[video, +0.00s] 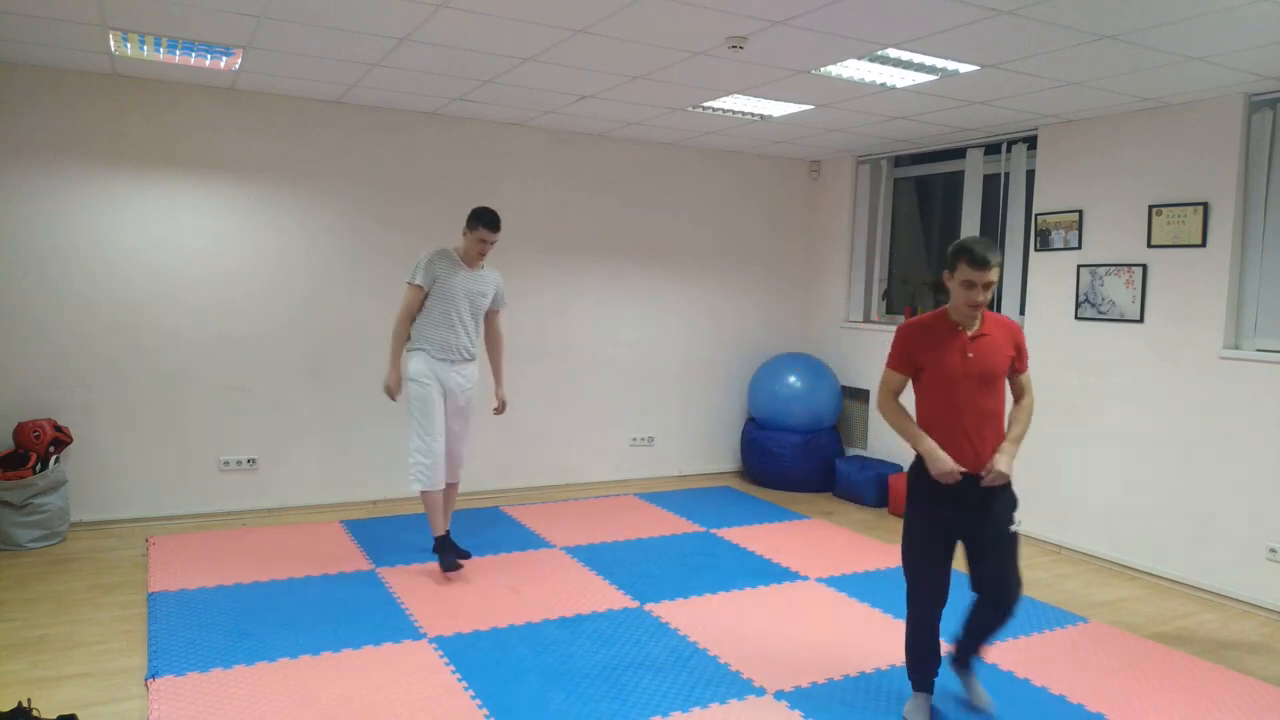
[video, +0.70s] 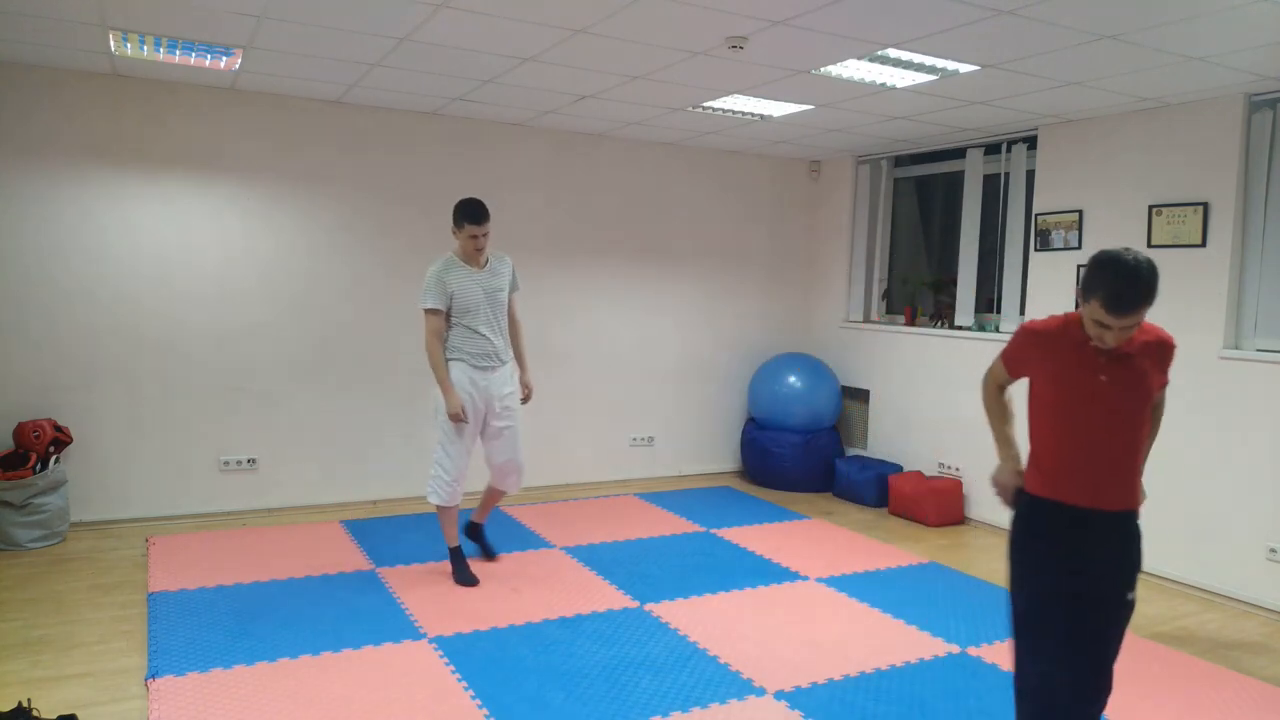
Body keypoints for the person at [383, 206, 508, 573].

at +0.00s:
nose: (486, 248)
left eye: (492, 243)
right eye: (481, 240)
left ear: (497, 243)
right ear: (465, 232)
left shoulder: (492, 280)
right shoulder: (436, 262)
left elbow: (493, 334)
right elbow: (405, 315)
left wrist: (499, 385)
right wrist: (394, 370)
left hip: (464, 371)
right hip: (424, 365)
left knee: (455, 452)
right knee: (431, 449)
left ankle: (444, 533)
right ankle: (439, 540)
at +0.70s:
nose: (481, 242)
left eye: (485, 235)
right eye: (473, 237)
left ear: (491, 229)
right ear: (455, 233)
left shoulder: (503, 266)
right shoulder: (441, 273)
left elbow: (512, 321)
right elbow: (433, 339)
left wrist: (524, 370)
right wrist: (449, 393)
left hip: (502, 378)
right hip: (462, 379)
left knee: (508, 467)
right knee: (451, 468)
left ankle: (476, 526)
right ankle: (454, 552)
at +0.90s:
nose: (497, 244)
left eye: (501, 236)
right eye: (489, 238)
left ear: (506, 231)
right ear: (471, 233)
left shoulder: (514, 265)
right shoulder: (453, 273)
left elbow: (520, 321)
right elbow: (443, 339)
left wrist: (532, 372)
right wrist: (451, 396)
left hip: (512, 378)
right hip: (470, 380)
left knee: (532, 464)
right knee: (460, 468)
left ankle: (538, 551)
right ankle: (457, 555)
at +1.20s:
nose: (537, 246)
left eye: (542, 239)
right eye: (530, 239)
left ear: (547, 237)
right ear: (513, 234)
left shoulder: (554, 274)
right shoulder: (491, 272)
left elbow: (554, 330)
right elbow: (470, 332)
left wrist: (556, 380)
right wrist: (464, 391)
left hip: (541, 384)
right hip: (497, 383)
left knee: (562, 469)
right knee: (478, 470)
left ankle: (569, 563)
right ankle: (460, 558)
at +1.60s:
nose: (598, 241)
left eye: (603, 234)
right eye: (591, 233)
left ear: (608, 233)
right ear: (574, 229)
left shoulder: (612, 277)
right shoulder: (547, 266)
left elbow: (624, 337)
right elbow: (525, 324)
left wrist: (639, 392)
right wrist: (532, 378)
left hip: (586, 382)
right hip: (548, 379)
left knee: (586, 472)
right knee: (539, 471)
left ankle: (570, 563)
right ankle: (505, 554)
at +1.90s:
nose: (630, 243)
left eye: (636, 237)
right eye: (624, 235)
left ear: (640, 238)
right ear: (606, 231)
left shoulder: (637, 282)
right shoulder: (579, 271)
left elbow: (644, 342)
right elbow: (555, 330)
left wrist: (659, 389)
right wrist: (561, 389)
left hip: (615, 387)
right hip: (578, 384)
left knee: (597, 477)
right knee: (591, 478)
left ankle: (570, 562)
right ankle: (615, 576)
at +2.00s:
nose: (642, 244)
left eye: (647, 238)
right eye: (636, 237)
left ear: (649, 237)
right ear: (616, 232)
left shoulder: (646, 282)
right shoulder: (589, 273)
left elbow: (647, 343)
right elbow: (567, 335)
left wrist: (654, 396)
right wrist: (570, 396)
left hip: (630, 387)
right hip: (594, 386)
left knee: (602, 477)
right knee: (609, 478)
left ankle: (572, 561)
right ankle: (635, 579)